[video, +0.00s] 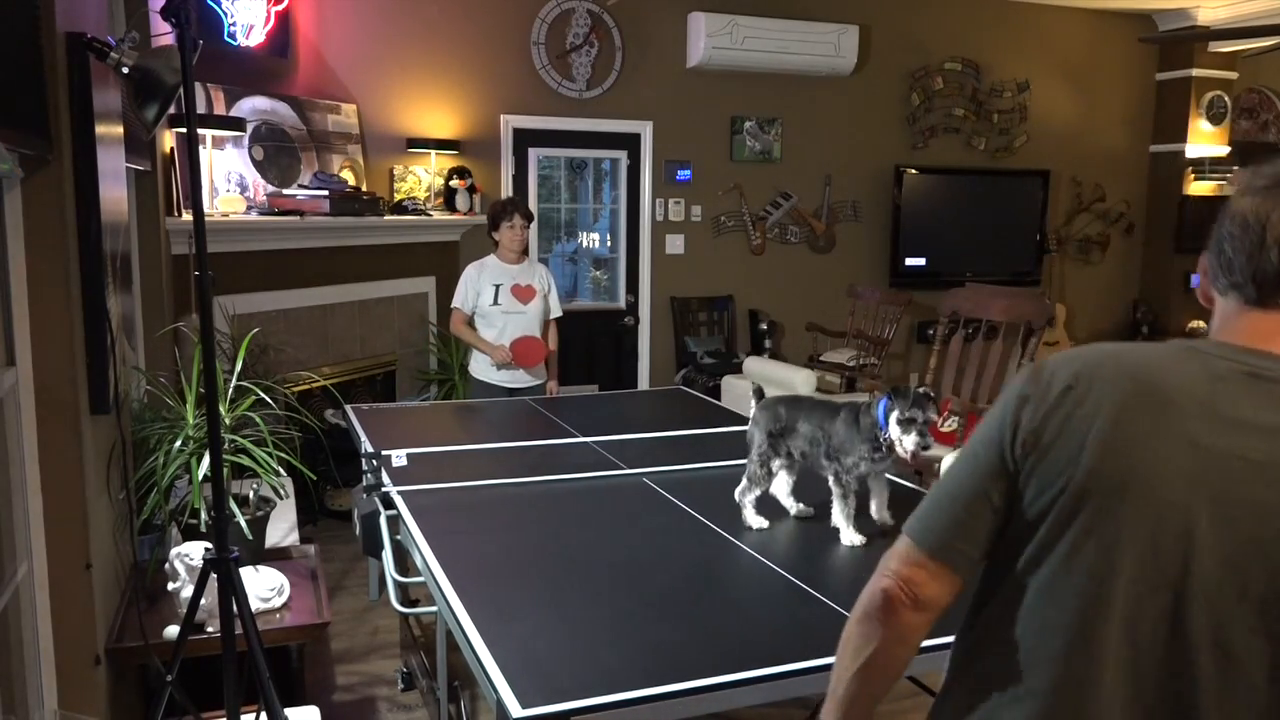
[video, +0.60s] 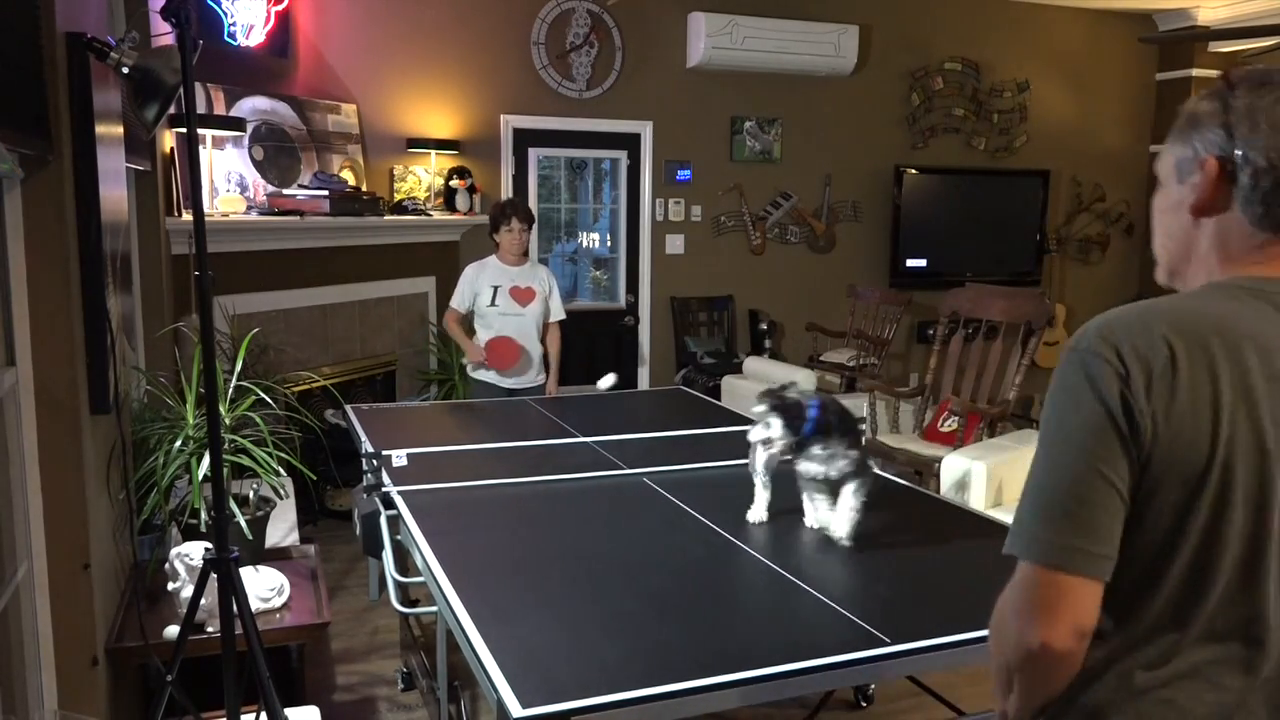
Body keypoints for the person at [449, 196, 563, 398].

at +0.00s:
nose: (520, 233)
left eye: (524, 227)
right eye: (511, 227)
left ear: (529, 231)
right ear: (495, 233)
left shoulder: (541, 273)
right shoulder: (476, 272)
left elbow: (550, 326)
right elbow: (457, 324)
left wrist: (552, 376)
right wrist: (491, 349)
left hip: (532, 382)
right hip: (488, 383)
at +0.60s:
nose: (518, 237)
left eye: (523, 230)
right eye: (509, 231)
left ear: (529, 234)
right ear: (496, 236)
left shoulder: (543, 275)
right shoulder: (475, 273)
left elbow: (551, 328)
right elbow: (450, 319)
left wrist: (553, 375)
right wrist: (468, 347)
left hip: (531, 382)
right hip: (487, 382)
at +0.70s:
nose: (512, 241)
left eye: (519, 234)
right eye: (505, 234)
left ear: (526, 237)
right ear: (492, 237)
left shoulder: (539, 277)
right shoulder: (471, 274)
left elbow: (549, 330)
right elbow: (439, 314)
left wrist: (550, 379)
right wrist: (450, 343)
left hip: (527, 384)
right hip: (482, 385)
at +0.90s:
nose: (496, 245)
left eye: (502, 238)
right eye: (488, 237)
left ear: (510, 243)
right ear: (475, 242)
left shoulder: (520, 282)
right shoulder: (453, 277)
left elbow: (530, 334)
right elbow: (409, 313)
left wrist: (533, 385)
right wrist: (429, 326)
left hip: (508, 391)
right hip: (460, 391)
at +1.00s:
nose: (486, 245)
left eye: (492, 238)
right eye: (477, 238)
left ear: (500, 243)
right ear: (465, 242)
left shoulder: (507, 283)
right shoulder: (447, 273)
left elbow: (514, 336)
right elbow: (407, 300)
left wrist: (516, 381)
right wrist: (430, 306)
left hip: (493, 386)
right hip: (448, 387)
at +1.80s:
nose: (476, 236)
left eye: (483, 230)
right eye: (468, 229)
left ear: (491, 236)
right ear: (455, 235)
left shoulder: (501, 275)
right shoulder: (437, 271)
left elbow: (511, 329)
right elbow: (395, 305)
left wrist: (515, 381)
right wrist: (412, 323)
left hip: (494, 385)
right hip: (447, 388)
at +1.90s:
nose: (485, 242)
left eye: (491, 235)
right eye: (476, 235)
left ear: (499, 239)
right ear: (464, 241)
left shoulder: (512, 279)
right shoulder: (446, 278)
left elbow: (521, 330)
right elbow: (410, 322)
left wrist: (527, 380)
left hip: (502, 389)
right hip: (458, 390)